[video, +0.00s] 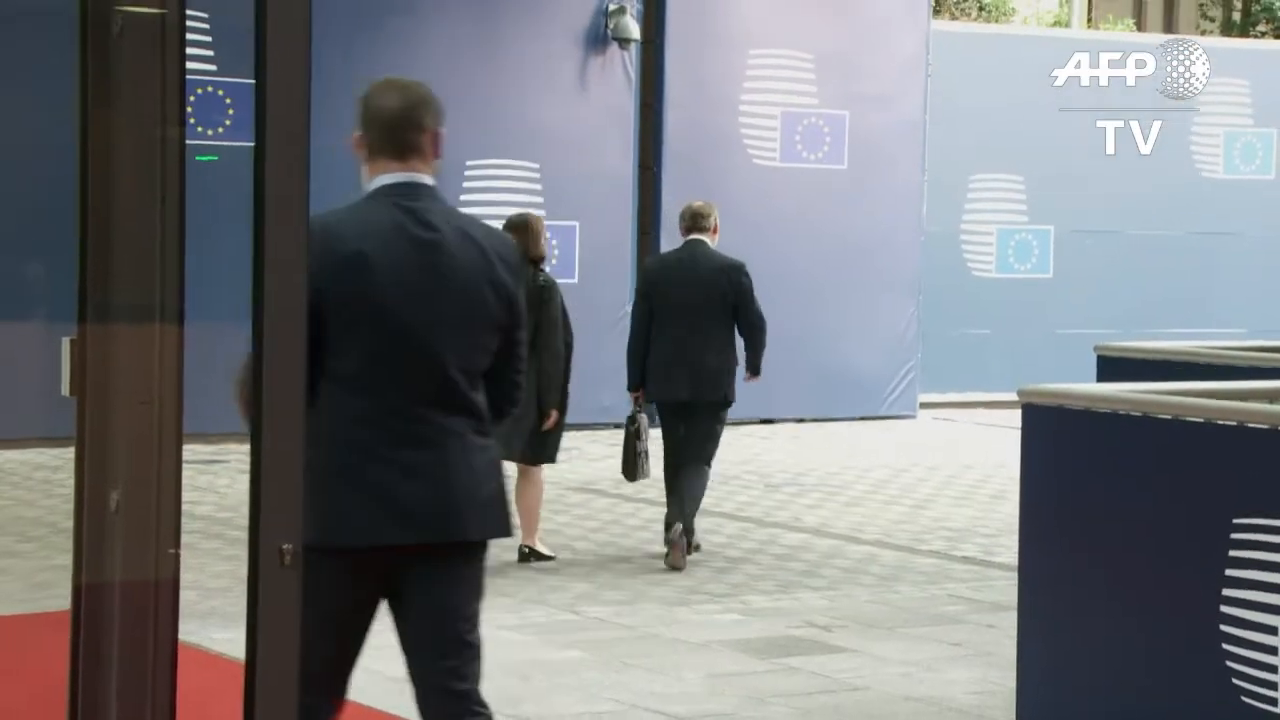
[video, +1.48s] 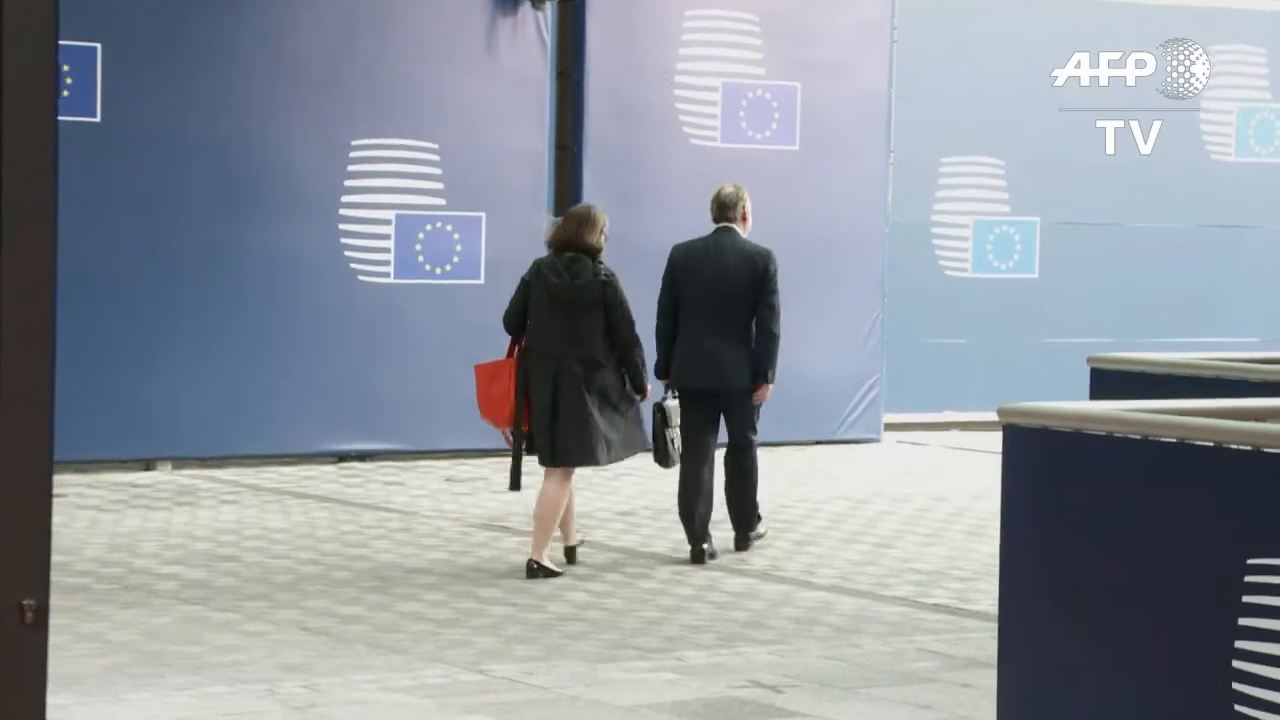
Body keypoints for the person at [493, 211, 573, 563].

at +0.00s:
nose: (545, 241)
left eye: (543, 235)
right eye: (542, 236)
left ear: (505, 240)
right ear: (536, 241)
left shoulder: (489, 278)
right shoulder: (541, 286)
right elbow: (551, 349)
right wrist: (552, 400)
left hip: (487, 387)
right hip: (528, 393)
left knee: (480, 462)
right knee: (530, 467)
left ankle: (465, 540)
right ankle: (530, 539)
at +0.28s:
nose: (565, 237)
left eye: (563, 230)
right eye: (562, 232)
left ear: (521, 235)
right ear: (554, 237)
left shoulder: (500, 275)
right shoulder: (565, 282)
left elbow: (475, 323)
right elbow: (586, 341)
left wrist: (500, 338)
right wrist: (597, 391)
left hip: (505, 381)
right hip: (547, 383)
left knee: (513, 467)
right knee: (530, 473)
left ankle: (513, 543)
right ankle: (517, 557)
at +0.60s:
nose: (574, 241)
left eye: (572, 234)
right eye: (571, 235)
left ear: (532, 237)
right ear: (565, 240)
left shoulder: (509, 277)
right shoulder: (574, 284)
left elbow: (485, 329)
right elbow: (591, 345)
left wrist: (504, 351)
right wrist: (605, 394)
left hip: (512, 382)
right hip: (558, 385)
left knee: (523, 469)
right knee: (548, 472)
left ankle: (539, 550)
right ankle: (514, 534)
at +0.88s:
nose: (580, 237)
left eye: (576, 230)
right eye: (578, 232)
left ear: (538, 231)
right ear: (573, 236)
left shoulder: (513, 269)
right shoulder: (577, 280)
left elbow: (486, 320)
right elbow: (583, 342)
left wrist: (507, 342)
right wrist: (586, 394)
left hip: (512, 384)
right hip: (559, 387)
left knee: (517, 465)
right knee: (566, 465)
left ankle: (516, 555)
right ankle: (565, 546)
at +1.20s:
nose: (597, 240)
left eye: (596, 234)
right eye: (595, 234)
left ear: (554, 232)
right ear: (587, 238)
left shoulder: (528, 271)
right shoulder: (595, 284)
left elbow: (502, 321)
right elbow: (602, 348)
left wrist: (529, 336)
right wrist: (606, 399)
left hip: (531, 384)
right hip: (577, 388)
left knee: (529, 465)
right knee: (568, 470)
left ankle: (511, 516)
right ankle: (556, 551)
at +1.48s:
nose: (606, 238)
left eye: (605, 231)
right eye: (604, 232)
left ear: (562, 230)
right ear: (595, 235)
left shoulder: (539, 271)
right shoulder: (604, 279)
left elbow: (513, 323)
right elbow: (626, 336)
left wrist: (540, 326)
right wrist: (641, 381)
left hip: (541, 379)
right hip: (584, 382)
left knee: (561, 466)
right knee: (559, 472)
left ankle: (570, 544)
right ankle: (537, 558)